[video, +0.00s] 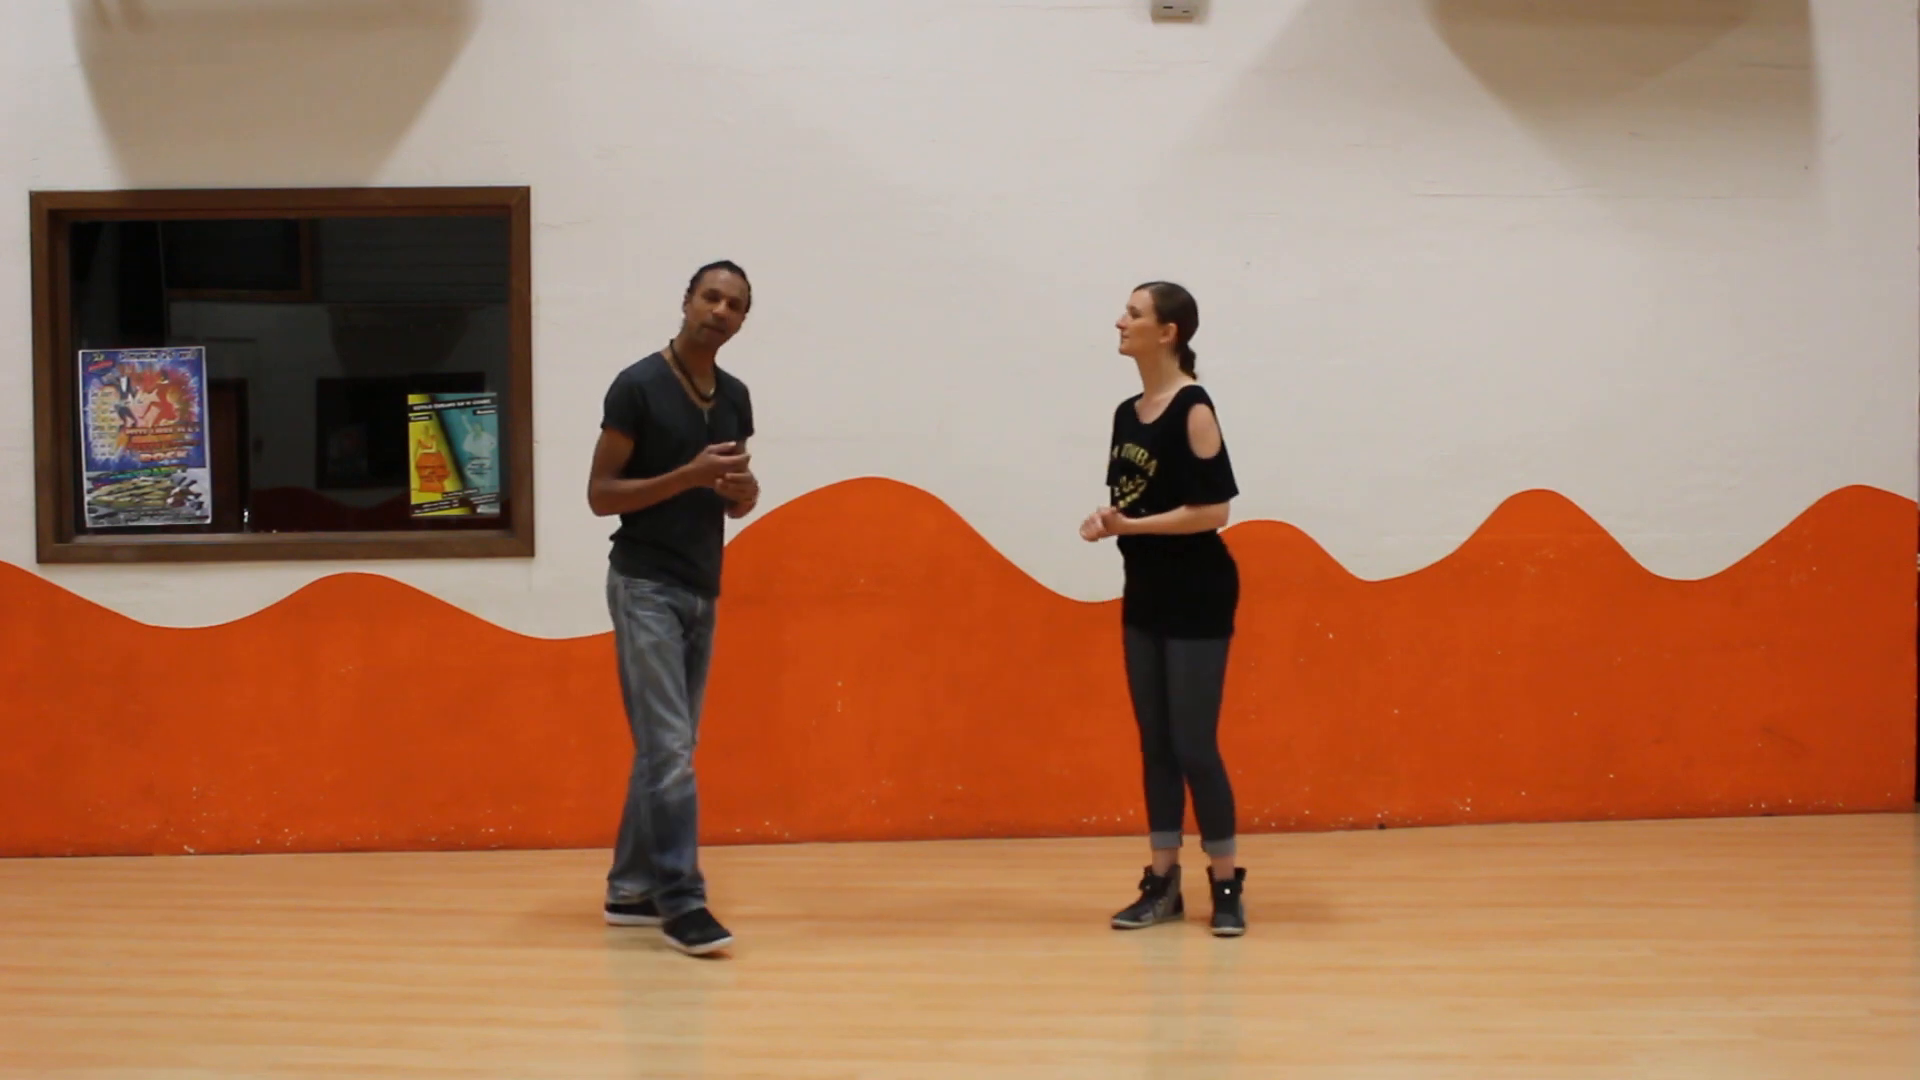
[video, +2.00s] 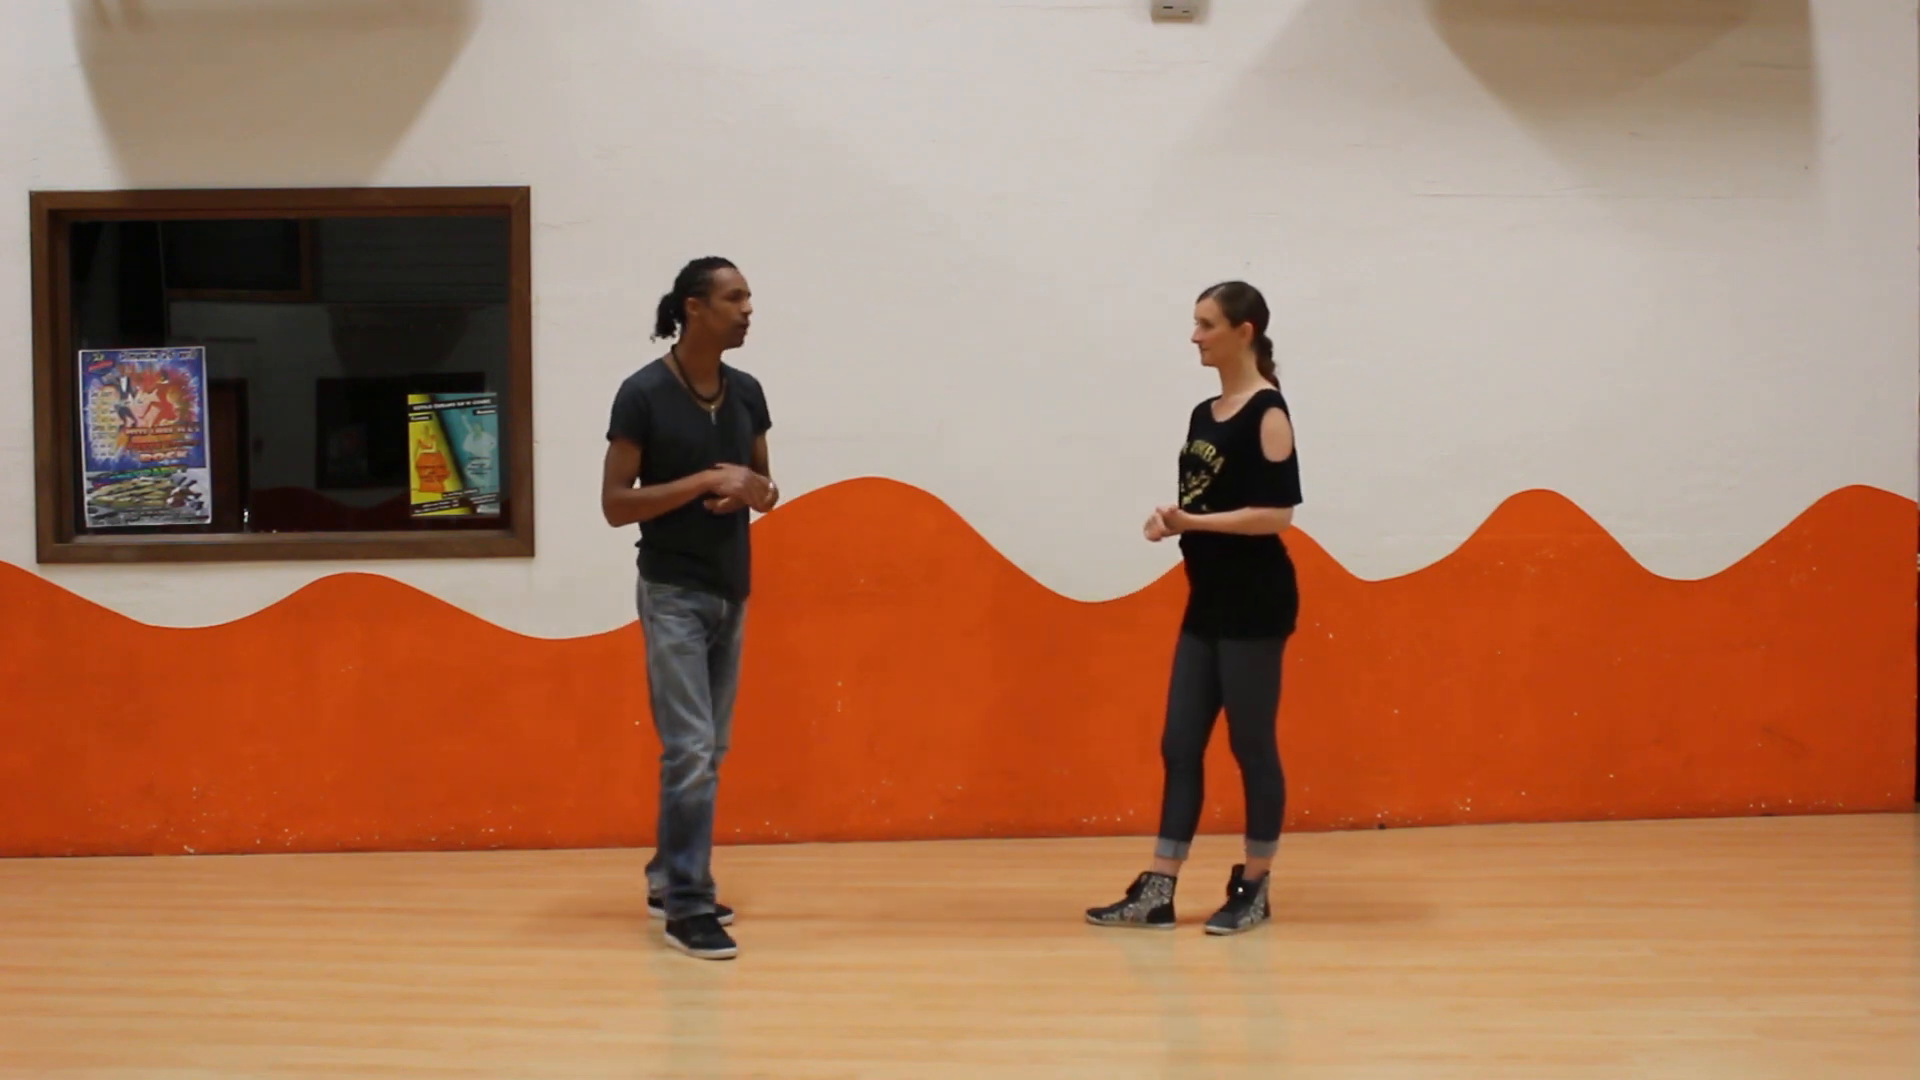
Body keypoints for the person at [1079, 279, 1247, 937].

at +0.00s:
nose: (1121, 323)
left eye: (1134, 316)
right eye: (1124, 313)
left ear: (1171, 331)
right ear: (1151, 330)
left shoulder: (1194, 410)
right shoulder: (1127, 413)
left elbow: (1215, 509)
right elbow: (1132, 499)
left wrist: (1130, 525)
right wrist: (1108, 516)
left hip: (1199, 598)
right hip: (1144, 596)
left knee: (1194, 744)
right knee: (1156, 743)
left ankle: (1226, 885)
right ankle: (1163, 882)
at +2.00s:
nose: (1195, 336)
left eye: (1206, 325)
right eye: (1195, 325)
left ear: (1247, 330)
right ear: (1230, 331)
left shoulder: (1269, 413)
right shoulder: (1205, 412)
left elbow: (1276, 515)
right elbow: (1213, 504)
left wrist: (1192, 521)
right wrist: (1175, 518)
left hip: (1255, 604)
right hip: (1207, 600)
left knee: (1254, 745)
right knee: (1180, 745)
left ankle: (1253, 889)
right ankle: (1158, 890)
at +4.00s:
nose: (1202, 336)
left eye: (1214, 325)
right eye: (1203, 324)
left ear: (1253, 333)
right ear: (1237, 334)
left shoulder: (1275, 415)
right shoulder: (1211, 414)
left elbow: (1282, 514)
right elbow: (1216, 504)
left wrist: (1198, 521)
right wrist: (1179, 516)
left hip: (1259, 604)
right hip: (1212, 599)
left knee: (1253, 745)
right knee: (1183, 746)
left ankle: (1252, 890)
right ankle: (1158, 889)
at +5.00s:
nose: (1197, 334)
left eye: (1209, 324)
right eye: (1199, 323)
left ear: (1248, 332)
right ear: (1233, 332)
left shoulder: (1269, 413)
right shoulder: (1208, 412)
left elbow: (1277, 513)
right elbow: (1212, 501)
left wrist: (1194, 520)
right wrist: (1175, 515)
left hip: (1255, 603)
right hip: (1209, 599)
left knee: (1251, 745)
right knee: (1182, 745)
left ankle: (1252, 890)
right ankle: (1158, 890)